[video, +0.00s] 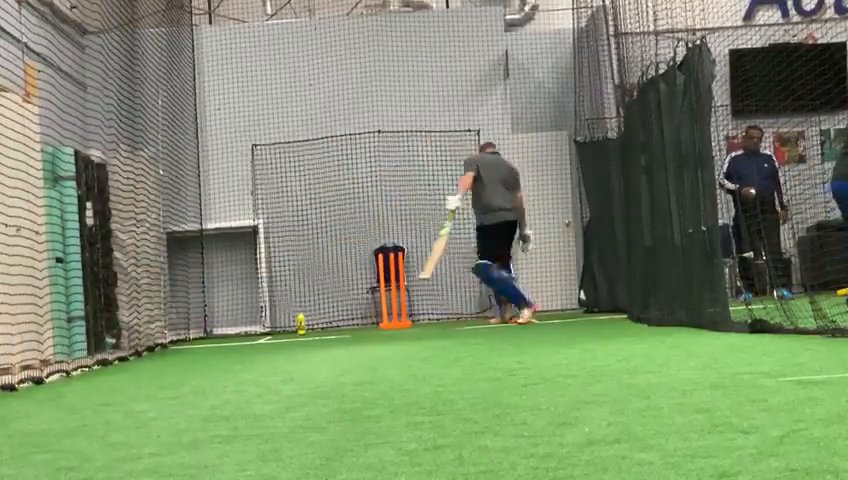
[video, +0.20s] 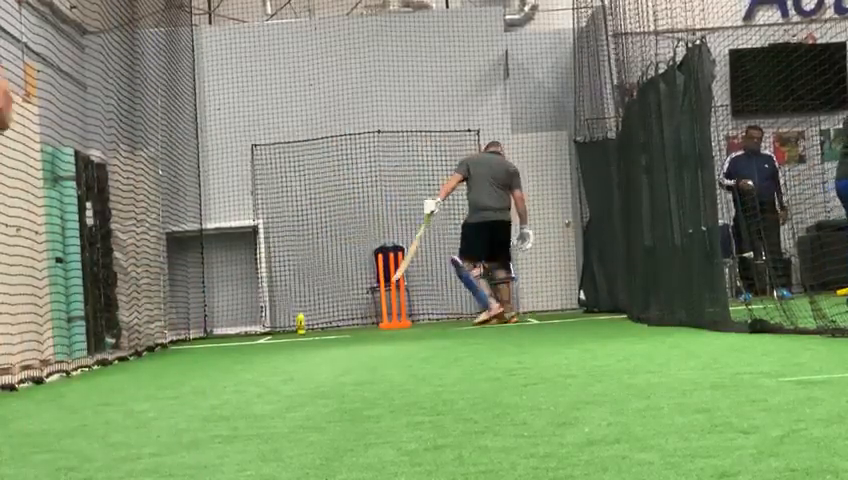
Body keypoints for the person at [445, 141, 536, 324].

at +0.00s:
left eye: (481, 151)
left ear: (480, 152)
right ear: (497, 151)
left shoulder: (474, 161)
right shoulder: (510, 168)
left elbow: (468, 178)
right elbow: (519, 201)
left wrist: (457, 197)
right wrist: (523, 229)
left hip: (489, 221)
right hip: (510, 220)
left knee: (484, 267)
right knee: (501, 266)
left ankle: (525, 305)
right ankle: (505, 313)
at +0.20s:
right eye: (500, 151)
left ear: (484, 151)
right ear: (502, 153)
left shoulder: (470, 161)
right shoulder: (510, 167)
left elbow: (454, 181)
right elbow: (519, 199)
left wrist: (437, 200)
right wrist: (524, 227)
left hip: (476, 223)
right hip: (502, 224)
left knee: (469, 264)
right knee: (500, 266)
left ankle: (492, 306)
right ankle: (507, 312)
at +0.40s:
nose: (498, 162)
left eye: (498, 160)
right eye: (498, 160)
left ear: (479, 155)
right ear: (493, 156)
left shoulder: (462, 170)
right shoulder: (500, 171)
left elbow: (441, 191)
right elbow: (510, 198)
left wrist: (429, 215)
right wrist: (522, 226)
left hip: (471, 227)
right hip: (500, 226)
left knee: (465, 270)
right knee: (502, 263)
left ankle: (466, 317)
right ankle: (506, 309)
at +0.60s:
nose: (498, 165)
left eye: (498, 162)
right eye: (498, 162)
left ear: (481, 158)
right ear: (492, 158)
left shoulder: (463, 175)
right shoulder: (498, 172)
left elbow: (444, 201)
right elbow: (514, 201)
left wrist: (442, 226)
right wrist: (536, 223)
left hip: (473, 230)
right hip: (503, 228)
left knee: (466, 271)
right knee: (522, 257)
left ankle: (466, 317)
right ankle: (530, 305)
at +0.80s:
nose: (518, 169)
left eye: (518, 166)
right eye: (518, 165)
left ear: (499, 161)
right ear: (512, 162)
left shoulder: (477, 178)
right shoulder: (515, 177)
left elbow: (463, 205)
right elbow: (534, 203)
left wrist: (468, 227)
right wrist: (557, 224)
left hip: (485, 231)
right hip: (516, 227)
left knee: (473, 272)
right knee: (546, 260)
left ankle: (466, 317)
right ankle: (573, 298)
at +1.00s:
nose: (558, 184)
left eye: (558, 181)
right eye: (558, 181)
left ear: (540, 176)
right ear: (553, 177)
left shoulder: (516, 187)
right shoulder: (553, 192)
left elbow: (499, 210)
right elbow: (572, 224)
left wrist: (505, 231)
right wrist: (589, 247)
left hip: (510, 235)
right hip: (542, 234)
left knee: (489, 272)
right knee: (567, 270)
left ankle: (469, 314)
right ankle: (589, 307)